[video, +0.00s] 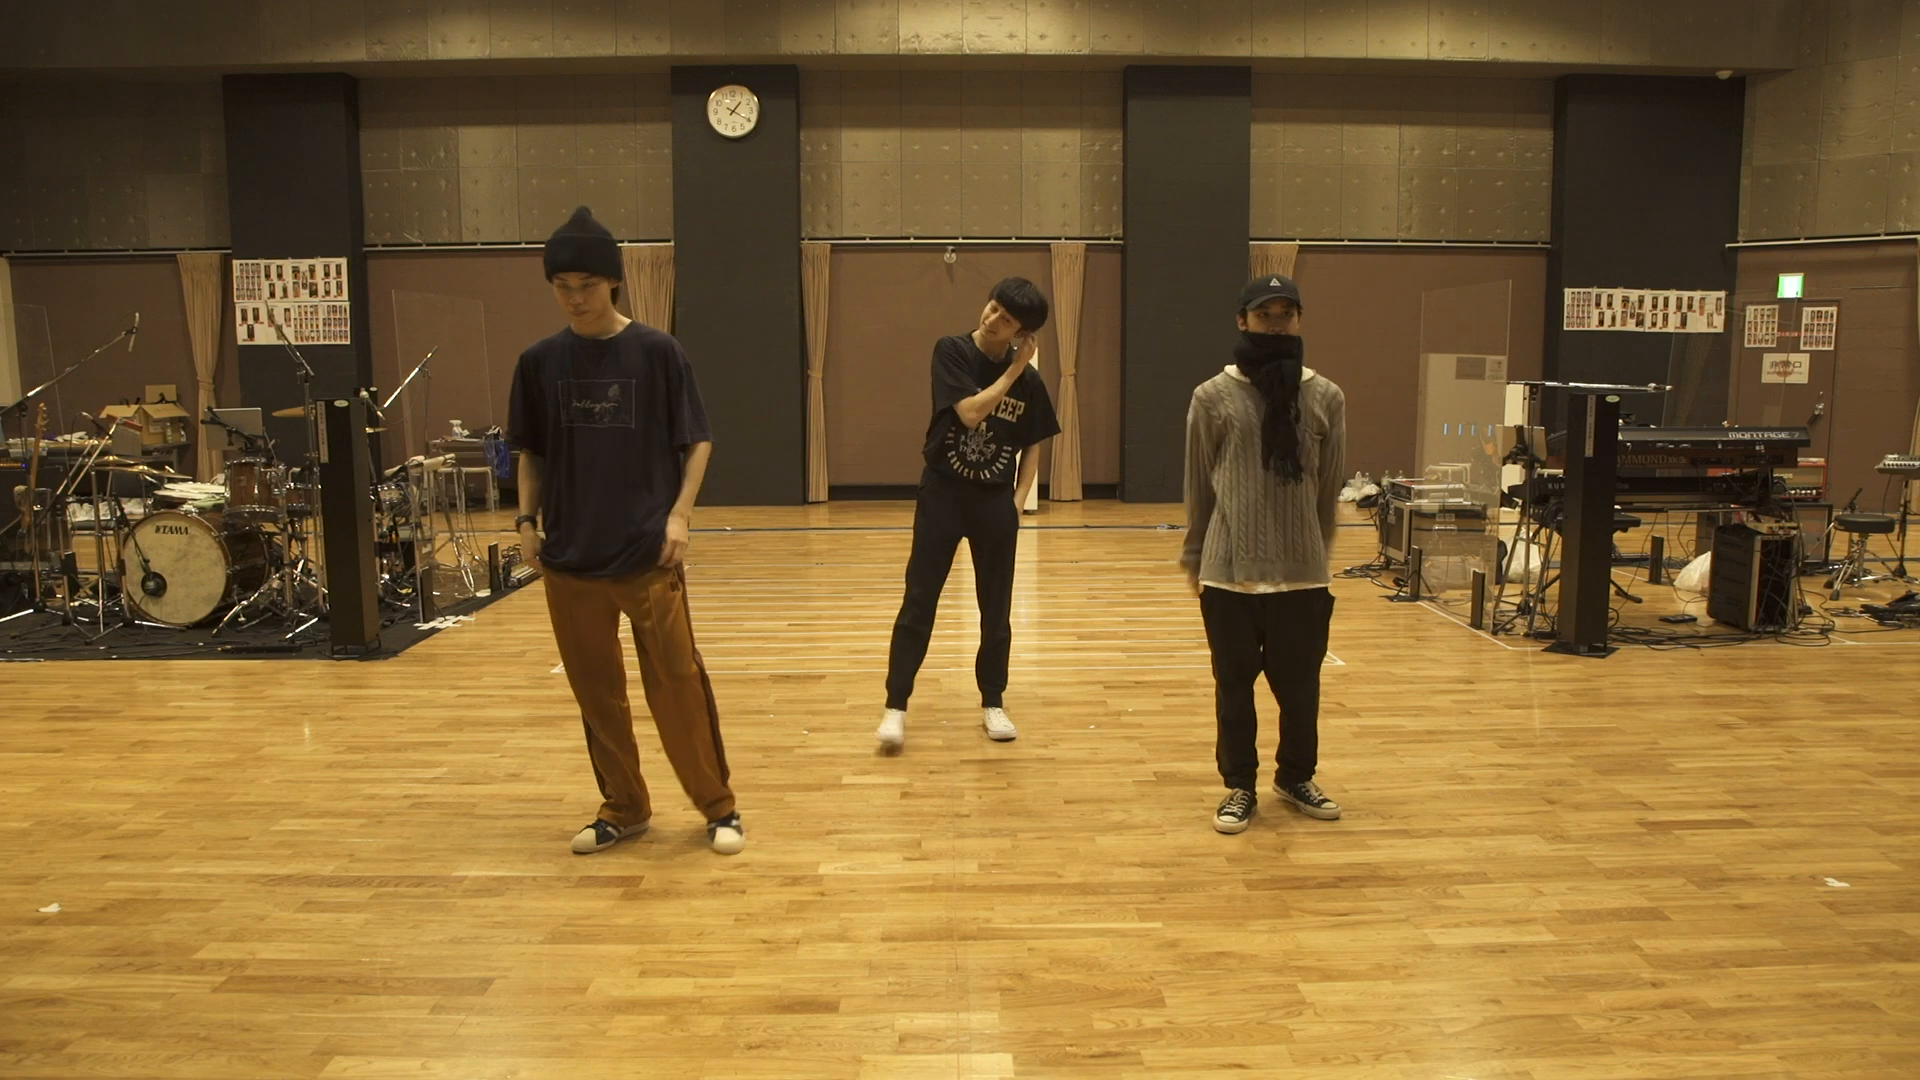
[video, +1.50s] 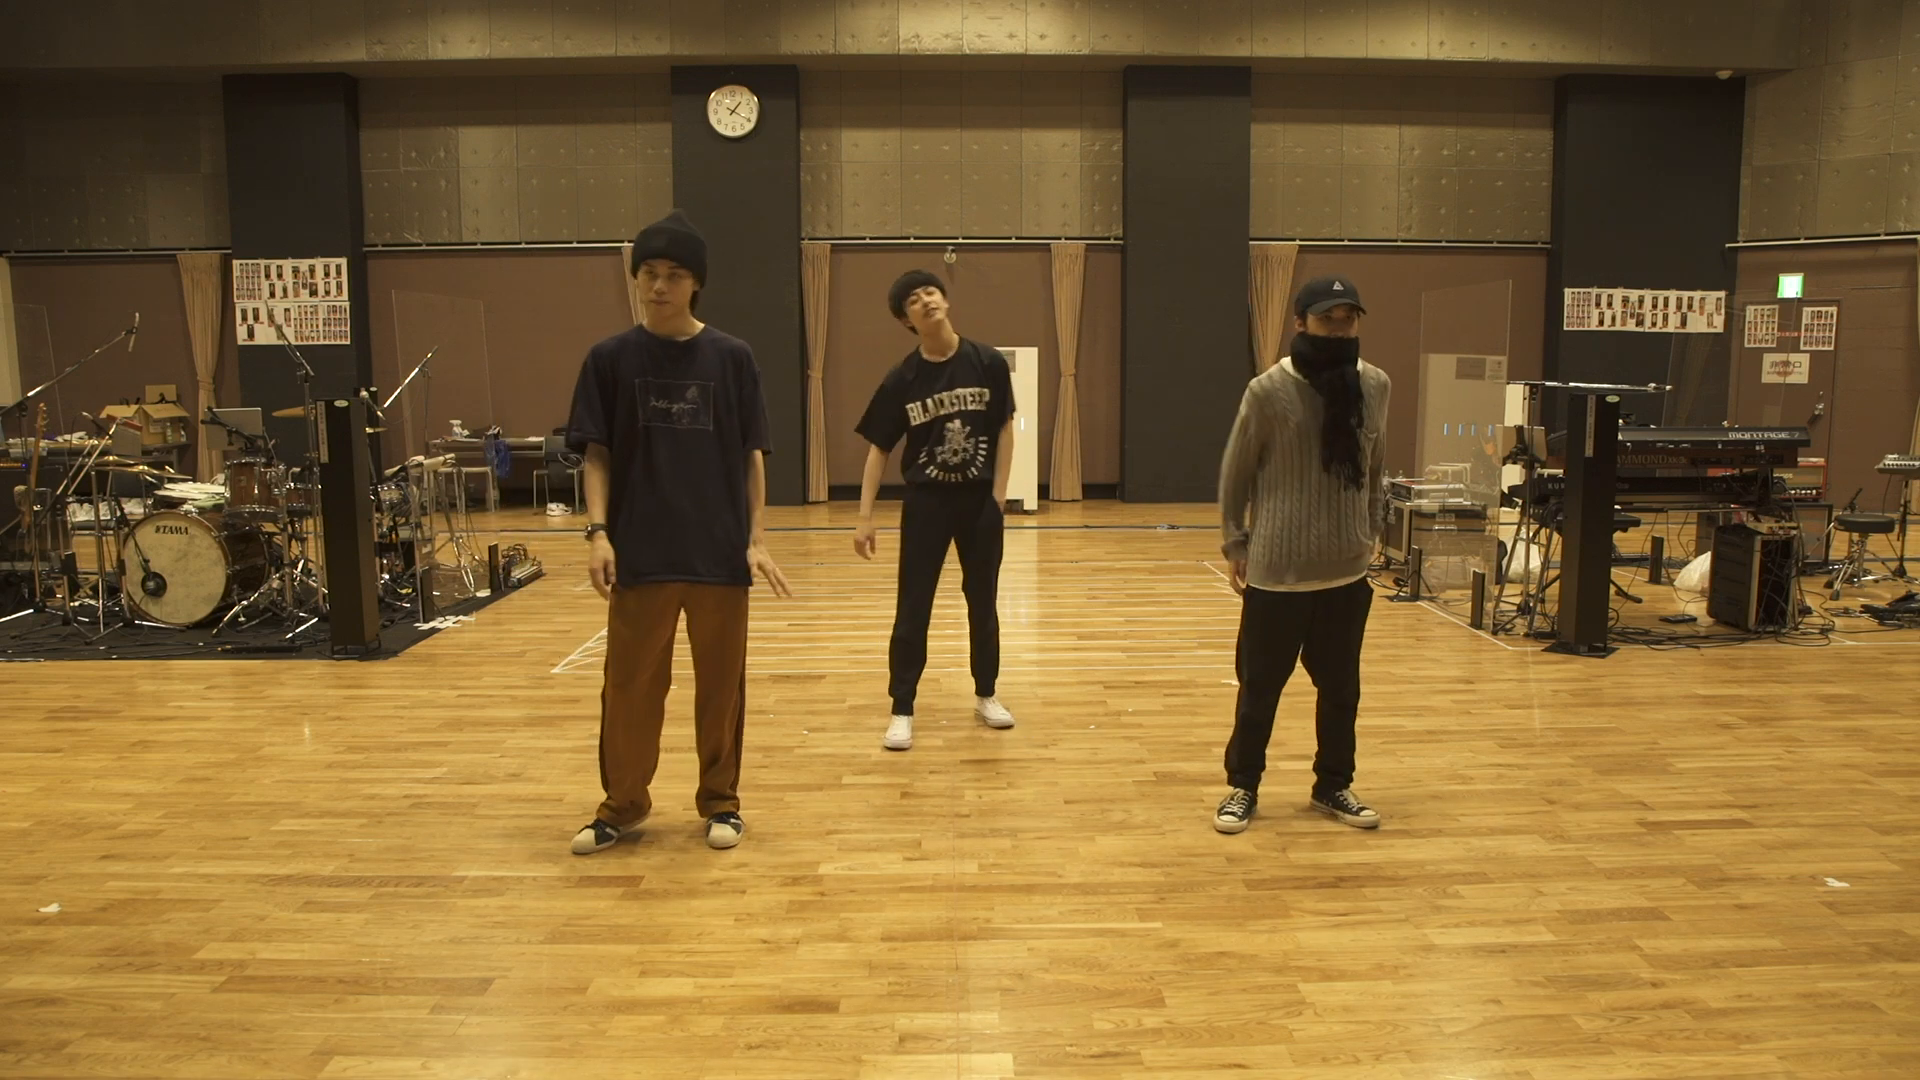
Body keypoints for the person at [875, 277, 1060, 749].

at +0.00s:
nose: (993, 319)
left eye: (1006, 320)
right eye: (995, 308)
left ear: (1022, 332)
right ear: (986, 303)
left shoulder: (1028, 380)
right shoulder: (952, 351)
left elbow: (1034, 442)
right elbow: (968, 414)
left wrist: (1019, 499)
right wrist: (1015, 369)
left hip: (996, 502)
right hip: (942, 495)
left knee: (996, 608)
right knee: (919, 601)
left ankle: (994, 705)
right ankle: (895, 708)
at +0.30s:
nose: (983, 323)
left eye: (995, 321)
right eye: (981, 312)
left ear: (1009, 329)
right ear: (971, 306)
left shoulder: (1009, 377)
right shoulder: (930, 359)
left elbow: (1018, 443)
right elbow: (906, 429)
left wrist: (1009, 496)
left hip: (987, 504)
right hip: (929, 500)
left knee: (991, 609)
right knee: (912, 603)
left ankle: (993, 705)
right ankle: (899, 709)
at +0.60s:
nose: (961, 309)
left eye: (968, 305)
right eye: (954, 298)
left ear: (971, 315)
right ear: (928, 297)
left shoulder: (970, 371)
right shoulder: (884, 362)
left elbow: (976, 439)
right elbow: (836, 416)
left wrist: (982, 496)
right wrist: (822, 488)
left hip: (964, 505)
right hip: (907, 508)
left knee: (990, 608)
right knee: (901, 615)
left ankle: (990, 701)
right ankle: (900, 713)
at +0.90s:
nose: (904, 292)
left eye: (911, 287)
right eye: (893, 286)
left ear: (921, 303)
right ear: (873, 301)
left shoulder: (946, 360)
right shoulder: (859, 372)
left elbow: (971, 428)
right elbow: (839, 446)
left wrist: (970, 498)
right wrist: (826, 516)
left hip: (947, 501)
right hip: (890, 506)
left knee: (978, 604)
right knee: (892, 616)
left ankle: (1007, 704)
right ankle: (899, 713)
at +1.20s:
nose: (876, 296)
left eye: (883, 289)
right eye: (866, 295)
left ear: (903, 302)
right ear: (860, 319)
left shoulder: (943, 355)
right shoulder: (863, 381)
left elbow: (965, 427)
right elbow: (867, 456)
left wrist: (961, 498)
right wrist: (882, 516)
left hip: (948, 499)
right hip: (896, 507)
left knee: (975, 598)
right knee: (896, 613)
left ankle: (997, 691)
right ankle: (899, 712)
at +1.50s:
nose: (925, 301)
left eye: (930, 293)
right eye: (914, 300)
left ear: (948, 302)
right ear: (906, 321)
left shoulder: (989, 363)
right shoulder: (901, 380)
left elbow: (1005, 428)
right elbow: (878, 449)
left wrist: (998, 495)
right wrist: (865, 518)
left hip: (979, 503)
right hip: (925, 506)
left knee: (983, 603)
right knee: (913, 608)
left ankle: (986, 695)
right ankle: (902, 713)